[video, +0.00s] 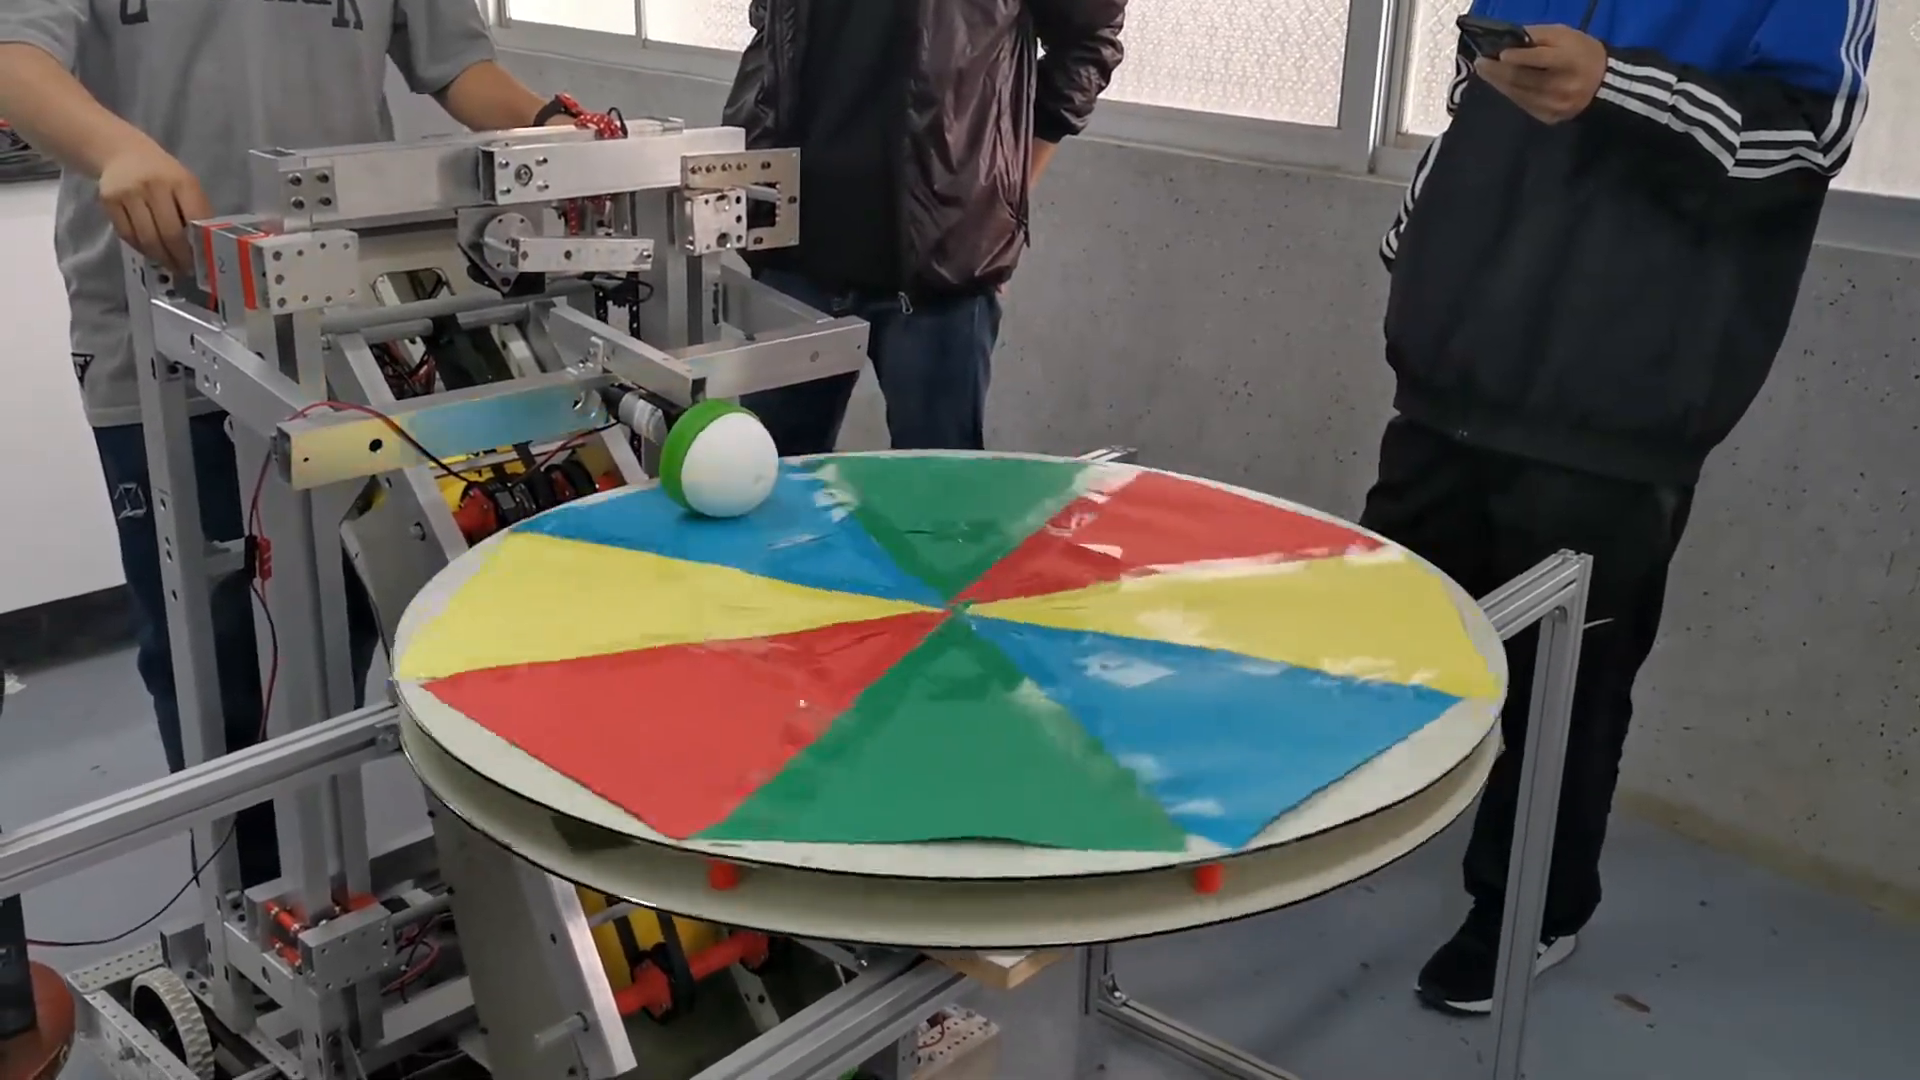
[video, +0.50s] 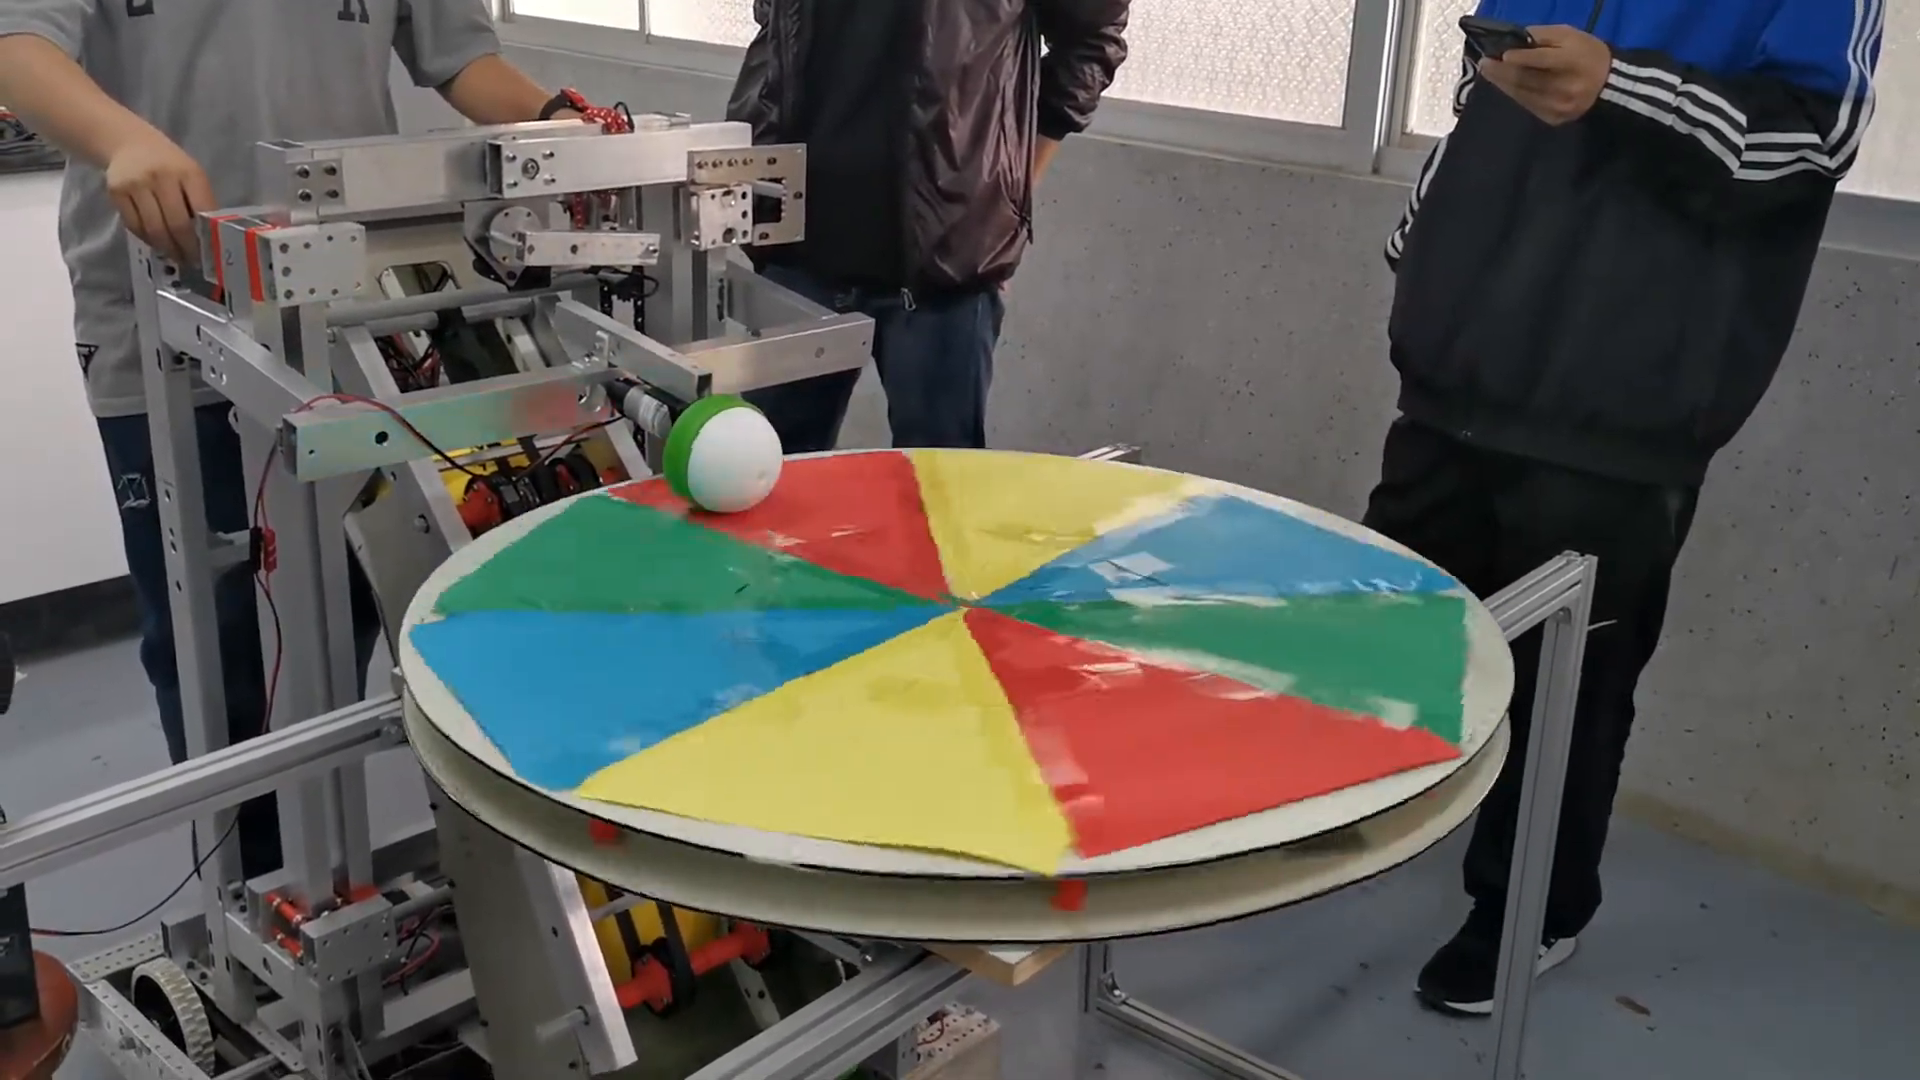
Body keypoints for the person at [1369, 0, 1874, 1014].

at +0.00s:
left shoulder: (1814, 7)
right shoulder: (1532, 4)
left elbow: (1808, 137)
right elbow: (1485, 86)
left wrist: (1609, 83)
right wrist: (1410, 242)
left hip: (1634, 371)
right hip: (1469, 326)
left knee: (1567, 666)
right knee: (1390, 614)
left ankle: (1526, 908)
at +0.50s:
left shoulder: (1819, 6)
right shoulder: (1537, 5)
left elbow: (1812, 141)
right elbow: (1487, 93)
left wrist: (1613, 86)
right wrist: (1415, 243)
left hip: (1638, 375)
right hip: (1472, 330)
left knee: (1571, 667)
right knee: (1398, 615)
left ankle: (1528, 910)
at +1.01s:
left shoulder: (1820, 7)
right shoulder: (1539, 6)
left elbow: (1811, 142)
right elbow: (1490, 96)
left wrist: (1612, 85)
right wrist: (1415, 246)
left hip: (1641, 373)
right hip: (1474, 327)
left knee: (1573, 666)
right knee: (1394, 615)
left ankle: (1528, 909)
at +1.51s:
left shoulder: (1821, 7)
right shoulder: (1542, 3)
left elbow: (1813, 141)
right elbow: (1494, 86)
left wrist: (1613, 84)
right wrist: (1420, 244)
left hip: (1639, 374)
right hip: (1474, 326)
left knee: (1574, 666)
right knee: (1398, 607)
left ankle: (1529, 908)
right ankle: (1330, 820)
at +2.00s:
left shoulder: (1819, 7)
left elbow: (1813, 135)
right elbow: (1494, 73)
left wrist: (1611, 80)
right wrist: (1421, 243)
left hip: (1638, 368)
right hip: (1475, 320)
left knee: (1572, 666)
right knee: (1397, 609)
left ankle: (1532, 908)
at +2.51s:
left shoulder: (1815, 9)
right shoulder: (1544, 3)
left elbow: (1806, 130)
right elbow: (1488, 89)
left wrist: (1606, 74)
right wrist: (1417, 243)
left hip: (1637, 368)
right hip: (1474, 322)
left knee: (1575, 660)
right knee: (1402, 608)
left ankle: (1537, 901)